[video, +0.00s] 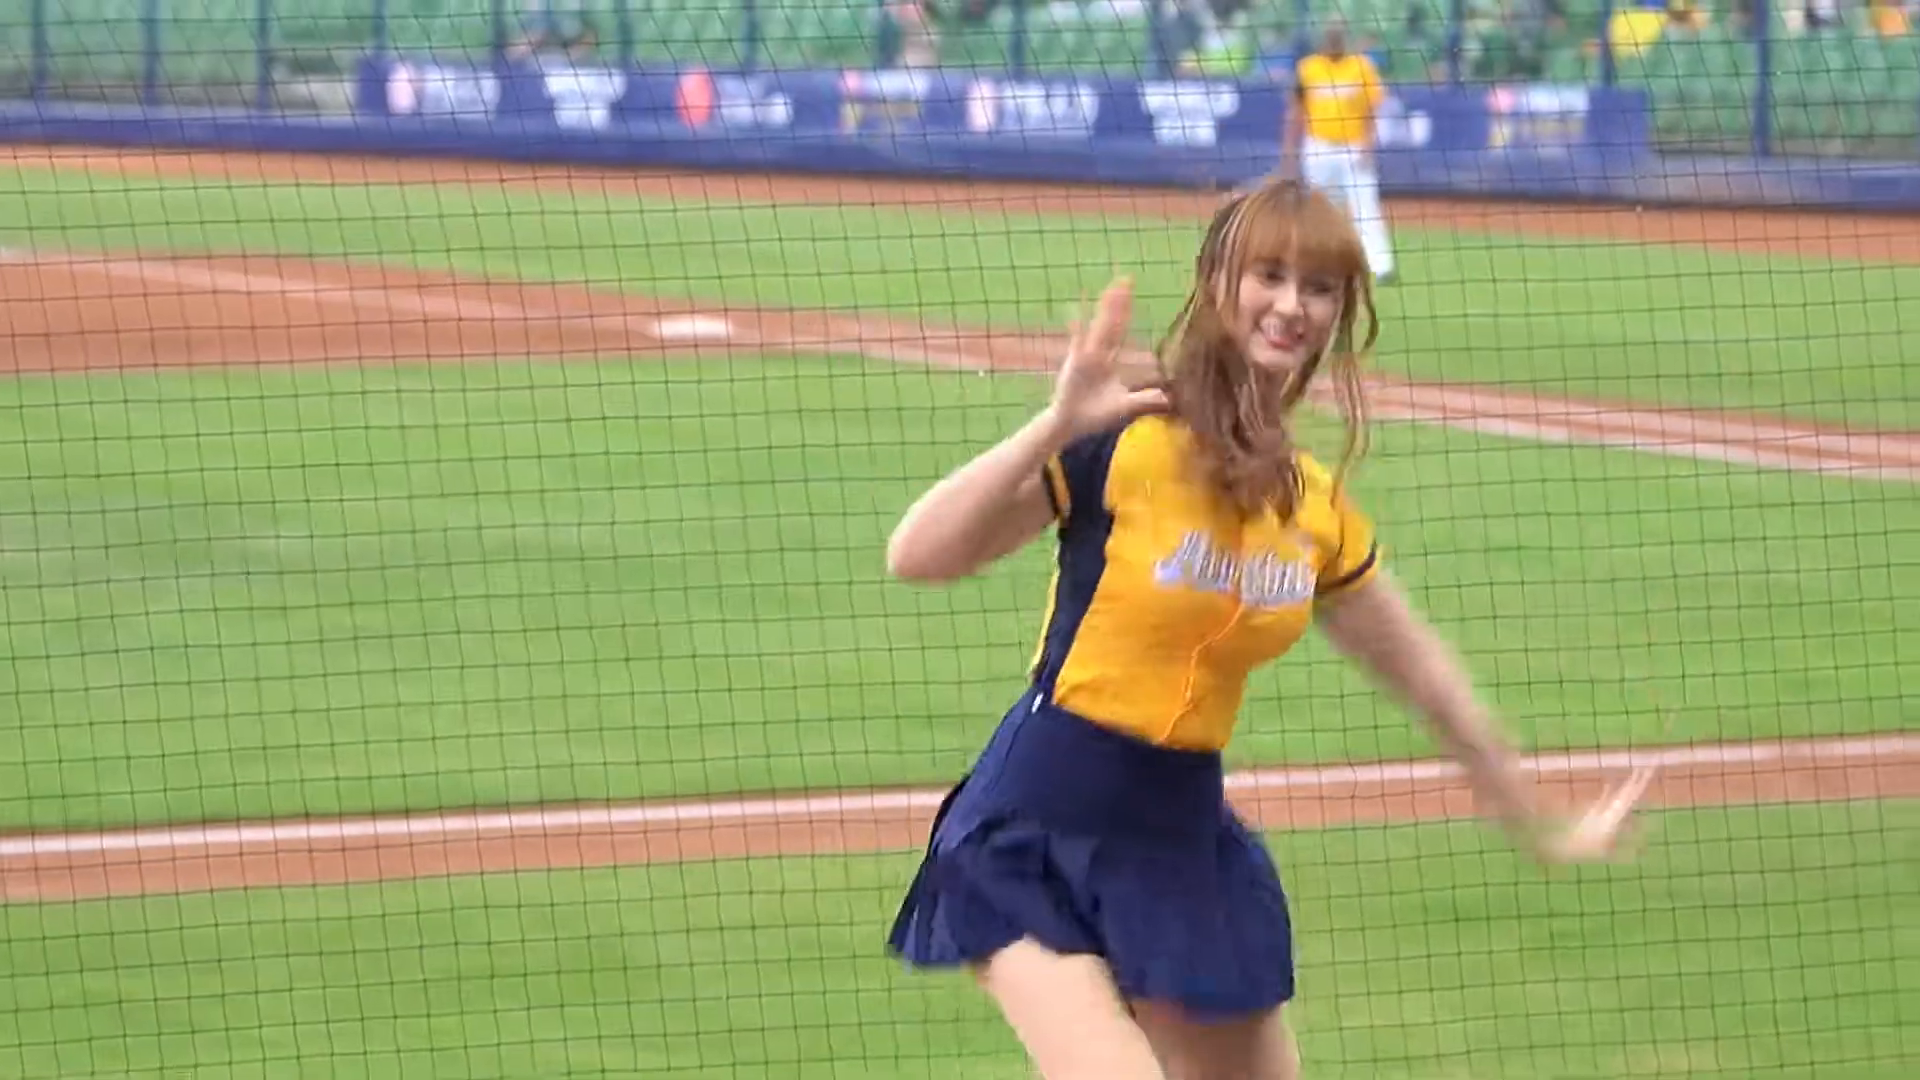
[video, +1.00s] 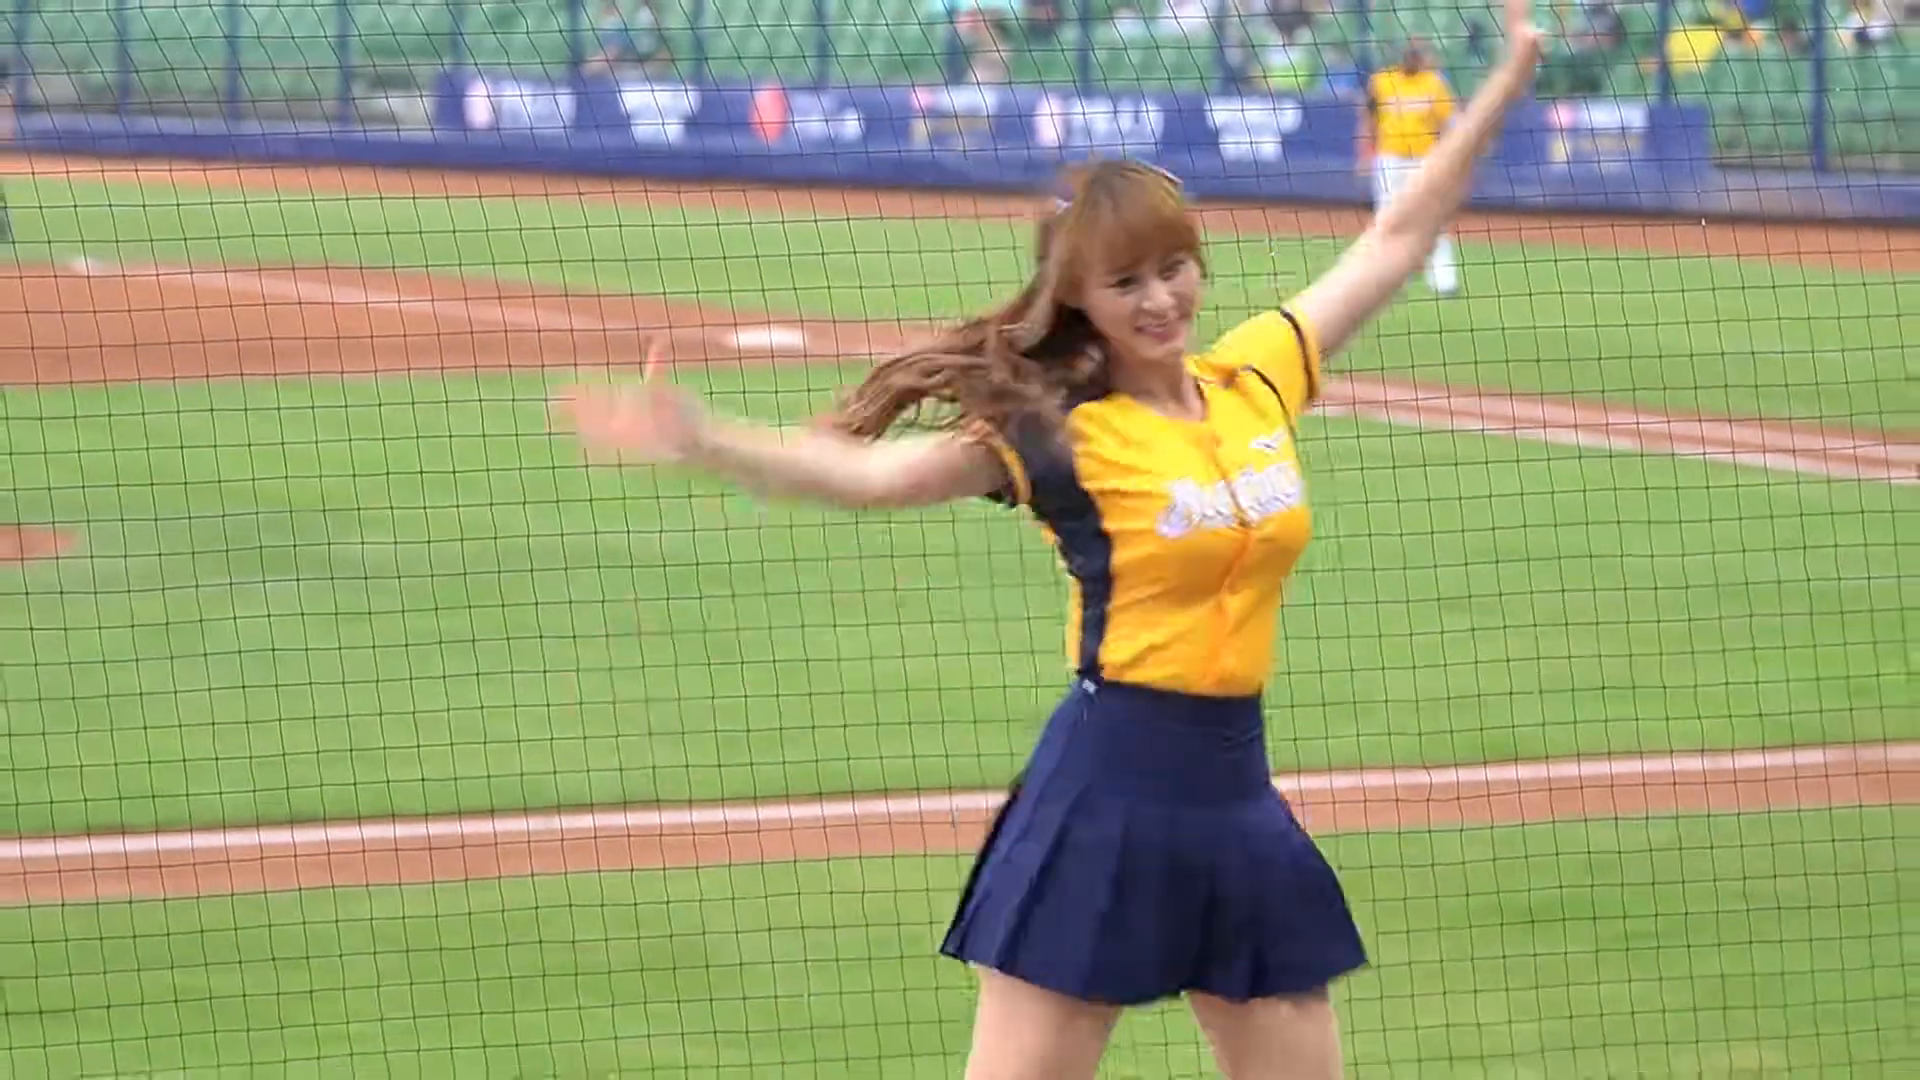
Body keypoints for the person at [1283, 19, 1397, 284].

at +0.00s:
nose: (1334, 44)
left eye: (1338, 38)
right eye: (1330, 38)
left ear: (1345, 40)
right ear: (1323, 40)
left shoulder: (1361, 66)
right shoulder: (1306, 68)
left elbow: (1374, 106)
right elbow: (1295, 112)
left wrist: (1369, 142)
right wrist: (1289, 152)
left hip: (1355, 147)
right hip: (1318, 147)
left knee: (1365, 207)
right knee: (1318, 209)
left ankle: (1379, 263)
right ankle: (1315, 263)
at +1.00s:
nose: (1413, 61)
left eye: (1418, 56)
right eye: (1409, 55)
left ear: (1425, 59)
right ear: (1402, 57)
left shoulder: (1433, 83)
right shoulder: (1380, 82)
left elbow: (1451, 118)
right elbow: (1367, 118)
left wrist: (1458, 149)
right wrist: (1366, 154)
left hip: (1428, 157)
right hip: (1390, 158)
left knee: (1435, 216)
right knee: (1389, 217)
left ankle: (1443, 275)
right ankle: (1388, 271)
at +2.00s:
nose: (1369, 55)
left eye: (1373, 49)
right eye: (1364, 50)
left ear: (1379, 51)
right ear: (1356, 51)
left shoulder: (1393, 75)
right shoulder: (1347, 74)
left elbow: (1405, 117)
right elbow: (1336, 109)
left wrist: (1409, 152)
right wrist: (1338, 143)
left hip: (1388, 149)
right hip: (1356, 148)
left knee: (1380, 207)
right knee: (1349, 204)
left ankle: (1375, 261)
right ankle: (1332, 256)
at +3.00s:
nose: (1485, 18)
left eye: (1489, 13)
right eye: (1481, 13)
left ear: (1495, 14)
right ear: (1473, 14)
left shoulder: (1508, 41)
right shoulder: (1458, 39)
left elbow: (1518, 84)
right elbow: (1447, 74)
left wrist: (1518, 118)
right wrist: (1448, 106)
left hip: (1498, 113)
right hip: (1464, 112)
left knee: (1500, 170)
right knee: (1463, 171)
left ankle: (1504, 225)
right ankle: (1463, 224)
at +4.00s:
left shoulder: (1521, 6)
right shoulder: (1468, 9)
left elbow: (1535, 40)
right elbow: (1461, 47)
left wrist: (1537, 76)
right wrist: (1464, 81)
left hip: (1519, 75)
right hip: (1484, 77)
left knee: (1527, 134)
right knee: (1491, 138)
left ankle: (1538, 190)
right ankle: (1500, 191)